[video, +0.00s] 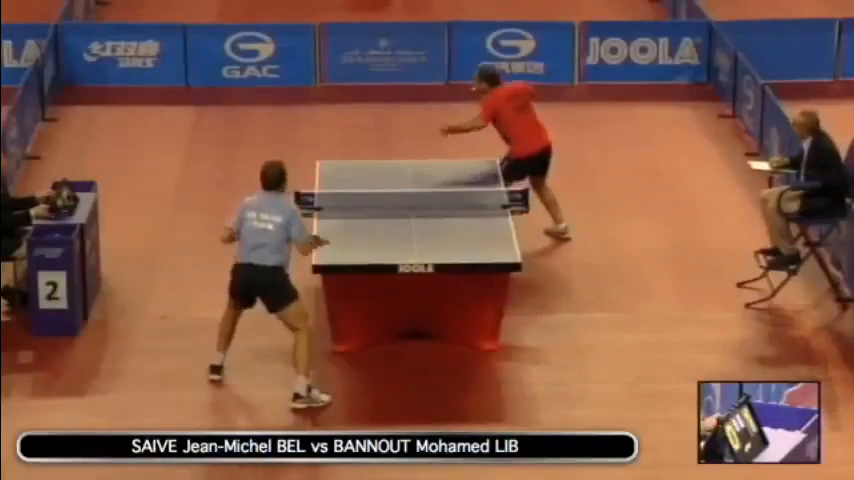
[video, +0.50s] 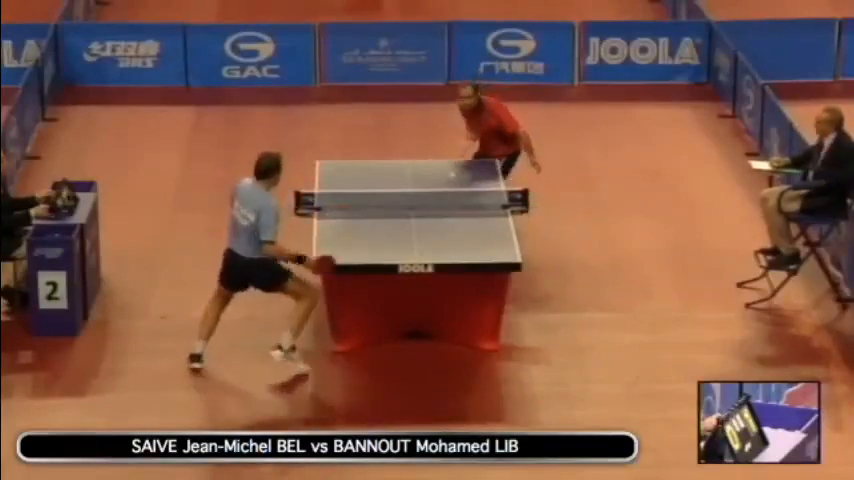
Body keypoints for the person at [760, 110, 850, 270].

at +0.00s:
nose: (794, 129)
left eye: (798, 125)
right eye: (794, 125)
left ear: (808, 127)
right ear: (808, 127)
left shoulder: (822, 145)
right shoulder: (811, 141)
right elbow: (803, 160)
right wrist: (785, 163)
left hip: (828, 199)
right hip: (815, 191)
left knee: (774, 206)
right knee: (767, 197)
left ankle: (790, 253)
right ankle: (779, 247)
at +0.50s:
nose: (816, 125)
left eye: (821, 122)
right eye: (817, 121)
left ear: (833, 125)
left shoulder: (845, 146)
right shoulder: (823, 142)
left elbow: (842, 180)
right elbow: (805, 159)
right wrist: (786, 163)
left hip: (830, 199)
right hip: (813, 191)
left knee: (774, 204)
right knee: (767, 197)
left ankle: (789, 253)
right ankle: (780, 247)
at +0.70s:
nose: (823, 123)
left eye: (829, 121)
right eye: (824, 119)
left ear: (840, 125)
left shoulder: (848, 145)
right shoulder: (826, 141)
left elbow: (843, 178)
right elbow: (806, 159)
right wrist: (785, 163)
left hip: (830, 199)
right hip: (813, 191)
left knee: (775, 204)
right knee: (767, 196)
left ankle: (790, 254)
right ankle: (780, 247)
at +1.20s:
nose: (821, 123)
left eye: (826, 120)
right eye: (822, 119)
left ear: (839, 125)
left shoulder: (846, 146)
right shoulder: (826, 141)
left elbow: (836, 178)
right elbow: (806, 158)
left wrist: (806, 174)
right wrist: (786, 163)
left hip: (829, 199)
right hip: (813, 191)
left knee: (774, 204)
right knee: (766, 197)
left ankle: (790, 253)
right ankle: (780, 247)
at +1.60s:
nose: (821, 123)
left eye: (826, 121)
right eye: (821, 119)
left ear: (838, 125)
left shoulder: (846, 146)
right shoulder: (826, 141)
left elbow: (836, 177)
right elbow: (807, 158)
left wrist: (807, 175)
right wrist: (786, 162)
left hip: (830, 199)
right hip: (814, 191)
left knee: (774, 204)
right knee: (766, 197)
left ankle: (790, 253)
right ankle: (780, 247)